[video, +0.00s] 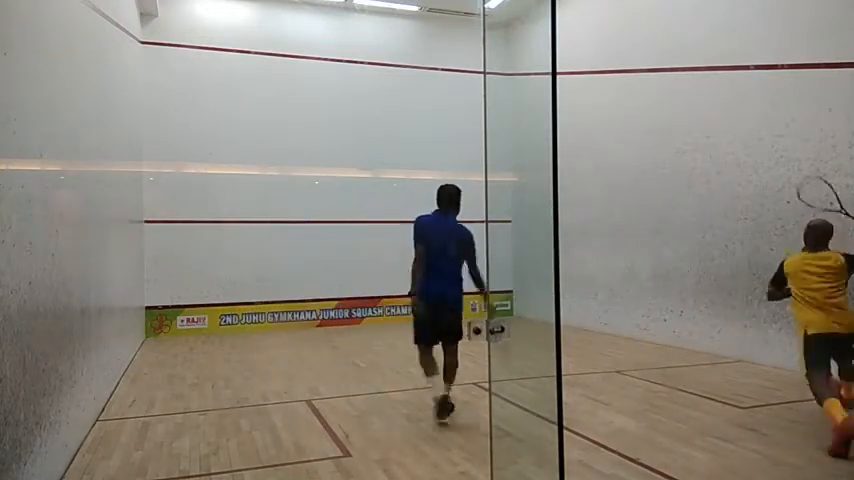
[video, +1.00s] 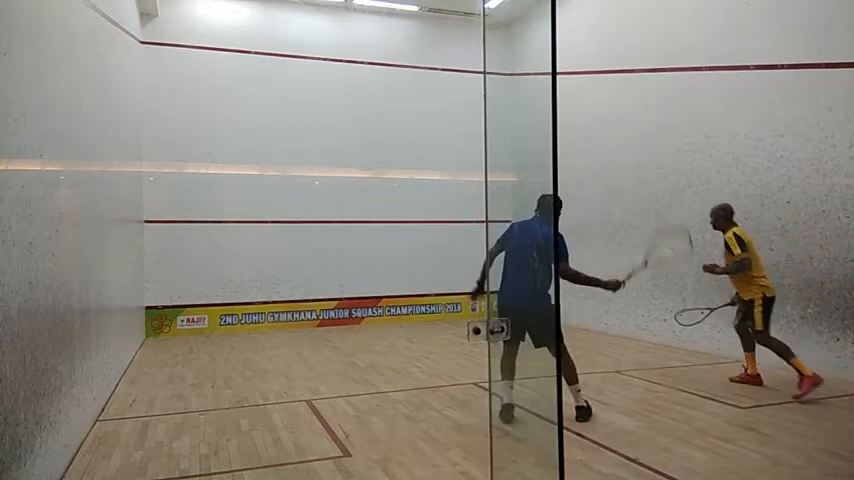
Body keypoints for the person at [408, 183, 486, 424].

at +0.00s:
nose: (459, 205)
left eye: (457, 201)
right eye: (459, 202)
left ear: (437, 202)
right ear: (457, 204)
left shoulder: (422, 223)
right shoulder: (463, 234)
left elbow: (419, 259)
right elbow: (472, 268)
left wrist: (414, 290)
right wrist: (482, 287)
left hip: (424, 296)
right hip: (451, 298)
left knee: (424, 346)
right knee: (450, 348)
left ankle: (437, 388)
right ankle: (445, 395)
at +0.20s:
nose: (473, 206)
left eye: (472, 201)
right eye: (472, 202)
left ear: (449, 203)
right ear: (468, 203)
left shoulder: (436, 229)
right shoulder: (480, 231)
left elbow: (430, 265)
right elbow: (498, 265)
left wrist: (417, 293)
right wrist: (523, 293)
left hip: (451, 301)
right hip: (477, 299)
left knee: (463, 352)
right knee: (463, 350)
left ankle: (482, 408)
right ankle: (449, 400)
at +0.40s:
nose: (462, 202)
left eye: (463, 198)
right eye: (466, 198)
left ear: (464, 201)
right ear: (485, 200)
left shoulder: (456, 229)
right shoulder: (499, 228)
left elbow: (442, 265)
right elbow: (511, 265)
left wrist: (426, 290)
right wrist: (530, 296)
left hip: (471, 301)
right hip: (498, 298)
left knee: (474, 353)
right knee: (496, 342)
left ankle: (483, 410)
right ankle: (493, 396)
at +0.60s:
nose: (504, 210)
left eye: (496, 206)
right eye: (504, 206)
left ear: (487, 207)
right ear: (506, 208)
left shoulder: (477, 233)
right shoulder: (520, 235)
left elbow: (468, 269)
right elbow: (530, 275)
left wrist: (452, 294)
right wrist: (543, 306)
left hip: (490, 305)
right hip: (519, 305)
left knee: (476, 355)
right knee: (537, 348)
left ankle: (483, 411)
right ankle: (563, 398)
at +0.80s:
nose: (542, 218)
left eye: (541, 214)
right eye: (541, 214)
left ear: (520, 213)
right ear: (538, 214)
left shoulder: (502, 237)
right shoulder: (546, 241)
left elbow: (494, 273)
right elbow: (560, 279)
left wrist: (493, 304)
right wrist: (579, 309)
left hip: (506, 307)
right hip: (538, 308)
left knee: (499, 354)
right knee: (563, 351)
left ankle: (491, 406)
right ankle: (581, 404)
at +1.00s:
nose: (557, 216)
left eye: (556, 211)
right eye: (557, 212)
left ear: (537, 209)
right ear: (556, 212)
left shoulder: (515, 229)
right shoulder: (554, 237)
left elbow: (491, 254)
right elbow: (565, 272)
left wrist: (480, 282)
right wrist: (604, 283)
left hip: (509, 303)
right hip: (539, 305)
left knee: (509, 349)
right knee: (560, 351)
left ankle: (507, 404)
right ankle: (580, 404)